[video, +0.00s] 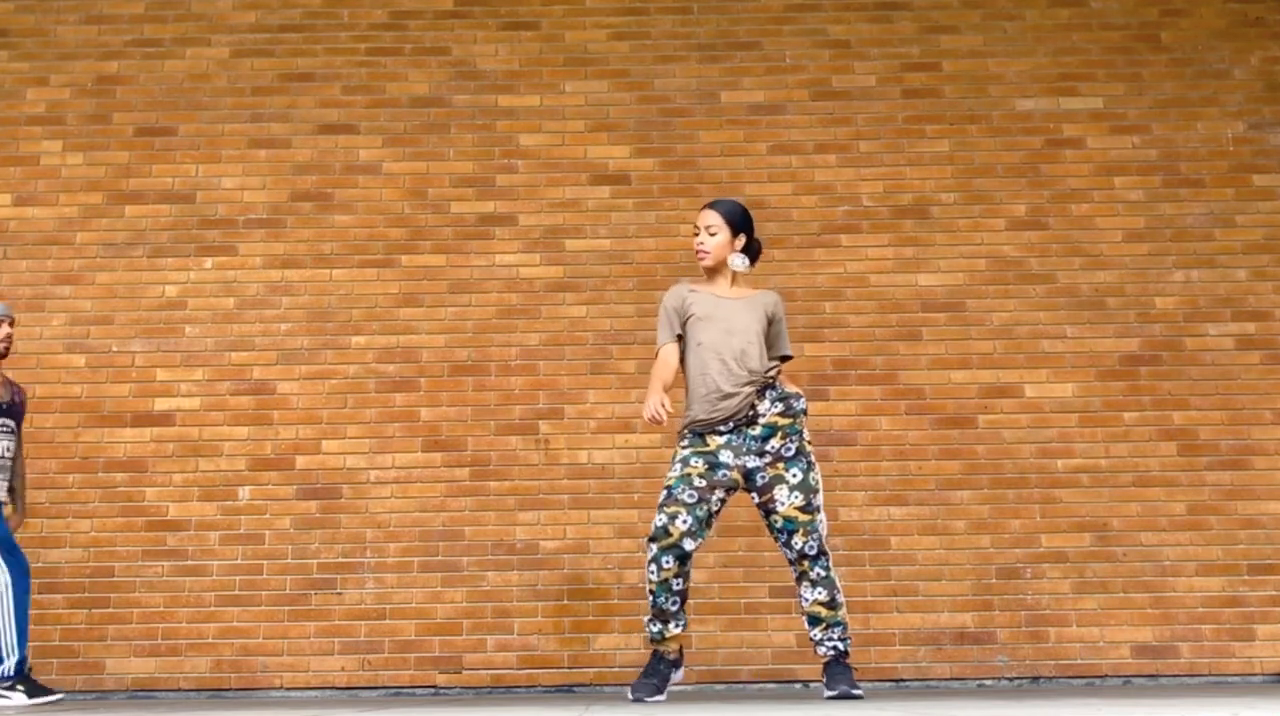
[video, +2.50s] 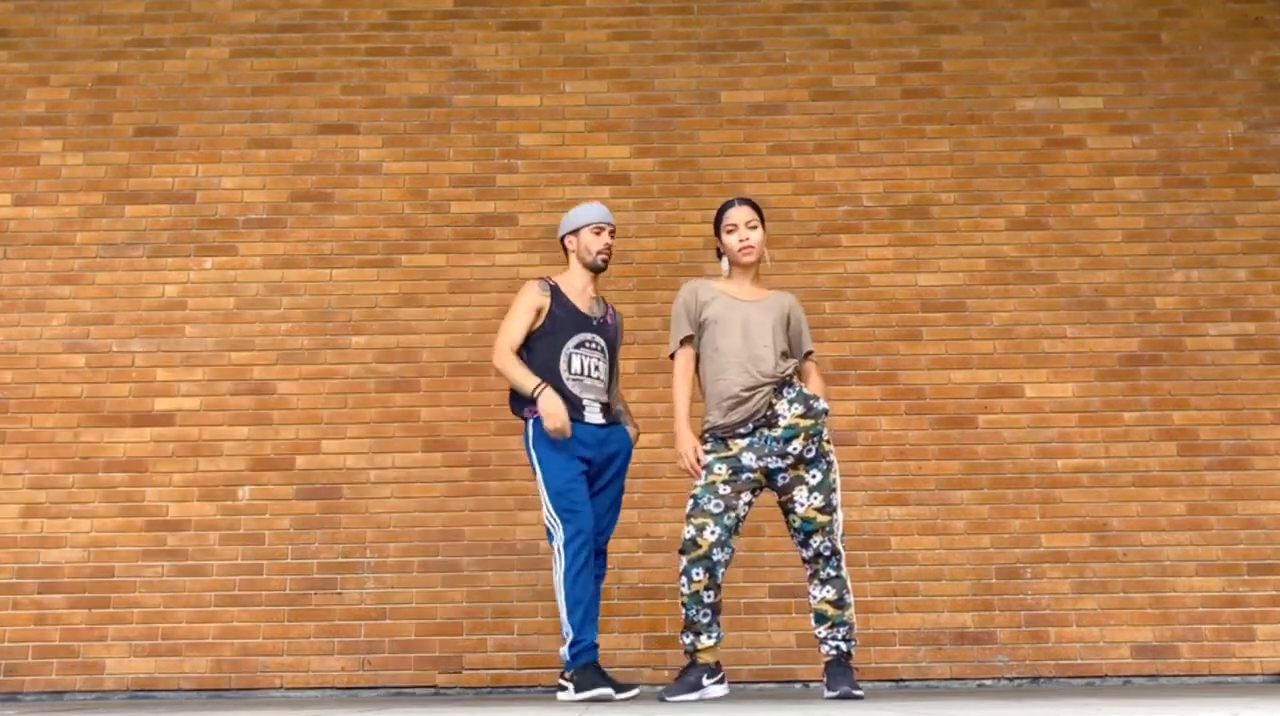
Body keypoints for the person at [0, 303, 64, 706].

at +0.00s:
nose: (7, 332)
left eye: (10, 324)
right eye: (2, 324)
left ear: (13, 333)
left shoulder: (15, 395)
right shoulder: (7, 394)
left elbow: (16, 455)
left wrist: (19, 505)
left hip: (2, 514)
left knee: (15, 572)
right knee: (16, 571)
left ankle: (14, 673)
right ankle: (11, 676)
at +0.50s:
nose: (146, 322)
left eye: (148, 316)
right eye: (138, 314)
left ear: (138, 325)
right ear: (111, 320)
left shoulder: (121, 381)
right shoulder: (90, 362)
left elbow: (109, 442)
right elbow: (97, 415)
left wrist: (129, 479)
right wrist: (154, 430)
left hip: (126, 495)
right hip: (86, 489)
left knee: (150, 579)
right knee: (67, 584)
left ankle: (187, 665)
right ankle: (16, 677)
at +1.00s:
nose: (285, 295)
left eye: (287, 289)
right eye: (275, 287)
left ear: (286, 299)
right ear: (249, 296)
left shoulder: (280, 363)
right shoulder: (227, 338)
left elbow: (275, 428)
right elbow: (230, 400)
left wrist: (280, 466)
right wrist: (282, 434)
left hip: (263, 470)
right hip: (225, 464)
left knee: (236, 564)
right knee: (248, 555)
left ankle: (205, 674)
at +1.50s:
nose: (407, 299)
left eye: (410, 292)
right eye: (397, 291)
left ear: (410, 301)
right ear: (370, 300)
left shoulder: (413, 361)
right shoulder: (351, 362)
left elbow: (413, 426)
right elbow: (347, 428)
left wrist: (430, 466)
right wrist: (350, 466)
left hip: (426, 471)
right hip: (383, 471)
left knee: (456, 572)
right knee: (427, 565)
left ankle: (376, 637)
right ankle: (408, 674)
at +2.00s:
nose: (520, 272)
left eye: (523, 265)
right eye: (512, 263)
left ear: (517, 273)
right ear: (483, 268)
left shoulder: (501, 334)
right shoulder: (465, 312)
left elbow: (503, 392)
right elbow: (465, 352)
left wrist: (528, 403)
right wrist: (516, 378)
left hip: (518, 457)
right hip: (475, 455)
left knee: (534, 564)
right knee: (465, 563)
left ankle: (564, 663)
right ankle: (413, 662)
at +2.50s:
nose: (607, 241)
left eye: (611, 234)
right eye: (597, 232)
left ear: (610, 245)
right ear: (570, 240)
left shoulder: (610, 316)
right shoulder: (540, 291)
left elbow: (608, 384)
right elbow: (501, 355)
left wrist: (628, 423)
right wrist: (545, 392)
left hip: (608, 436)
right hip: (557, 432)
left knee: (596, 544)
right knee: (577, 535)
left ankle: (581, 661)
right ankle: (582, 664)